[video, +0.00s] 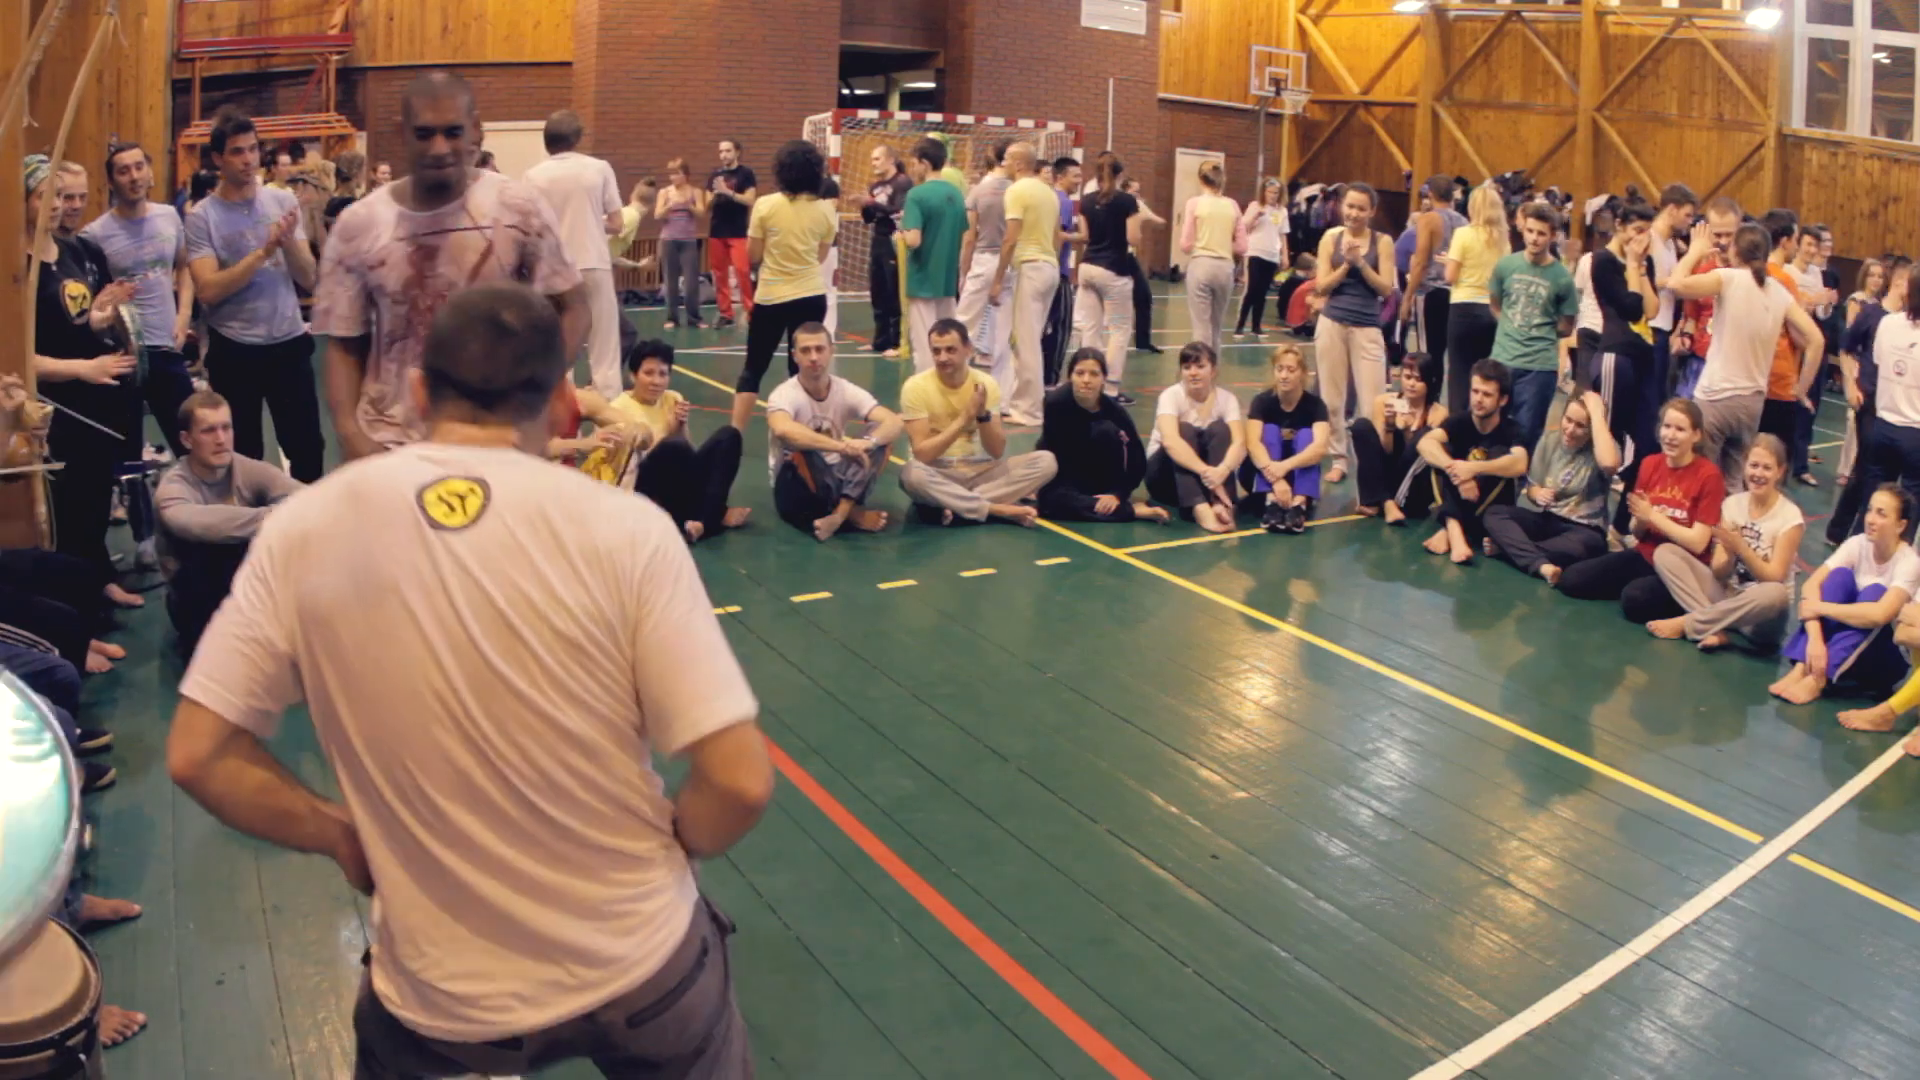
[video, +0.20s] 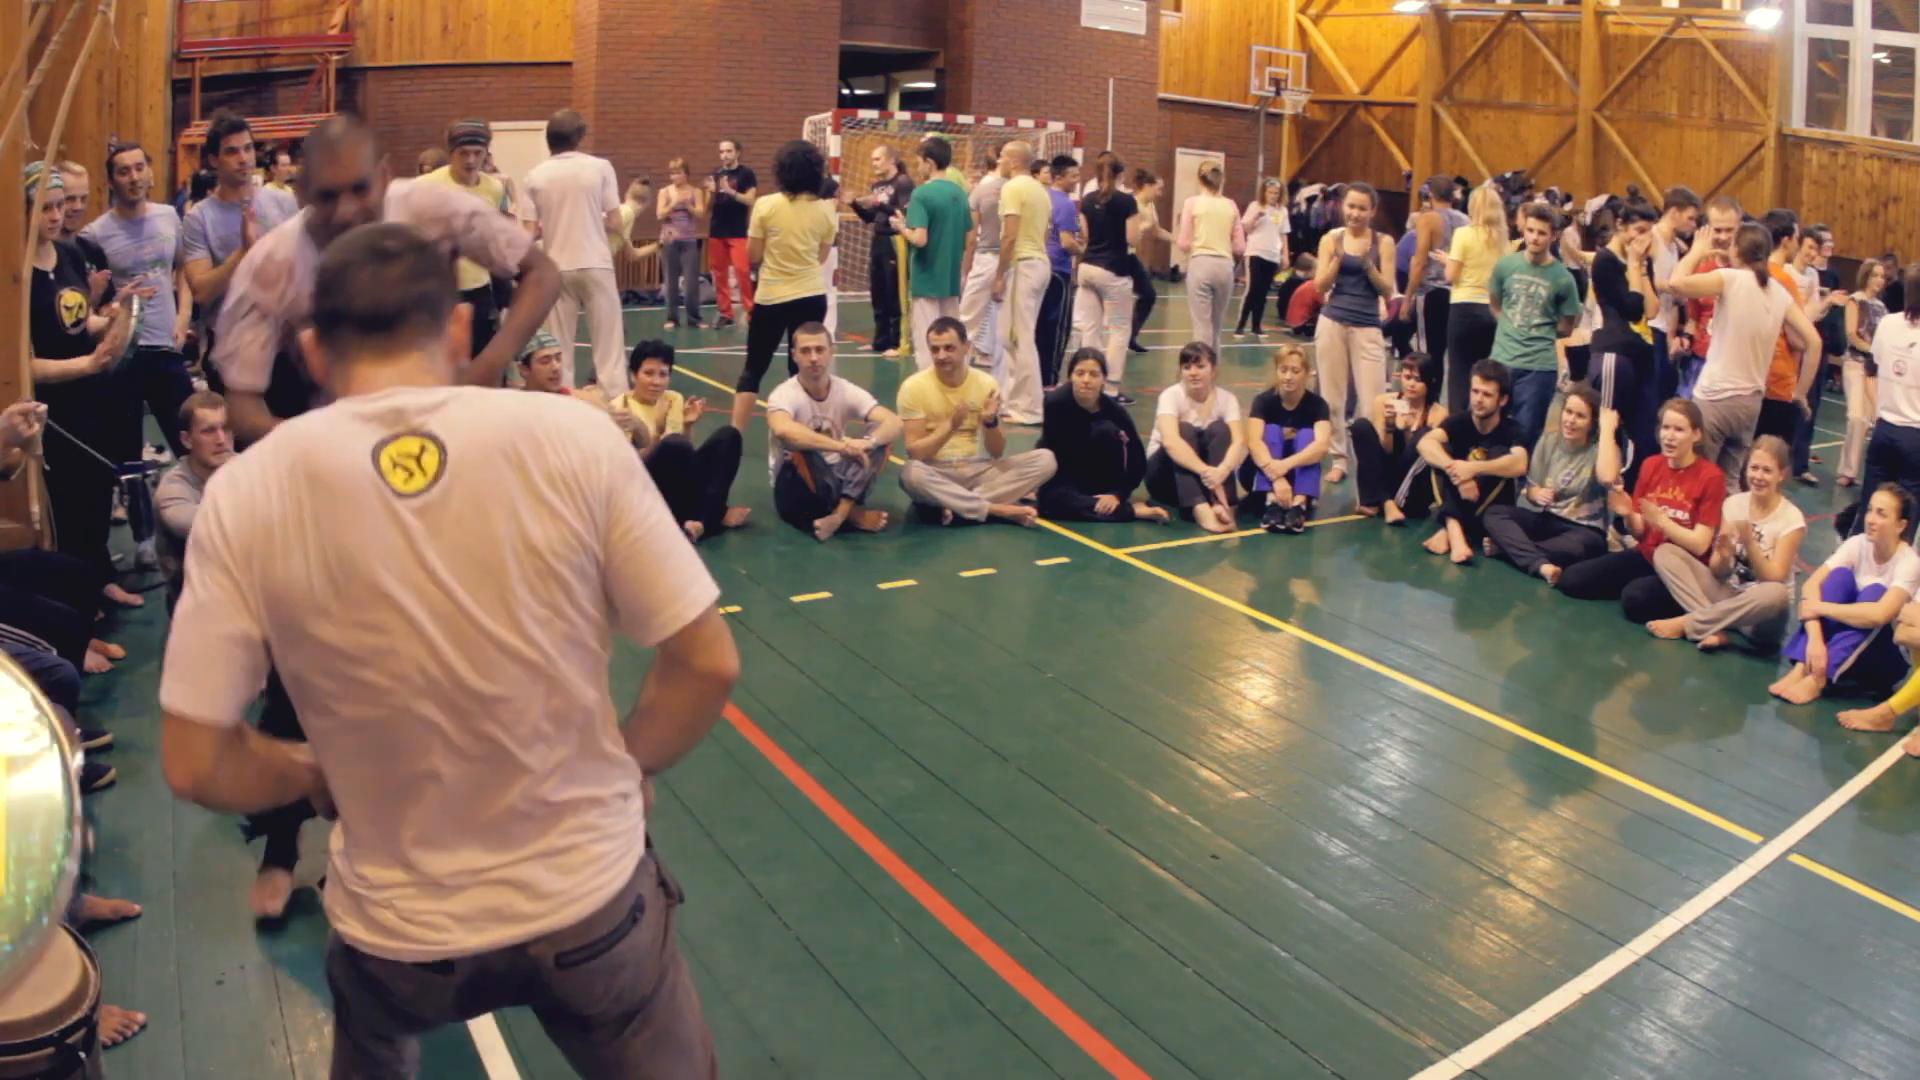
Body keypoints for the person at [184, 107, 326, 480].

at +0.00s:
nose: (248, 159)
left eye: (253, 150)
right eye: (237, 152)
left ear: (260, 152)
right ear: (217, 159)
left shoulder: (282, 200)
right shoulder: (202, 216)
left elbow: (308, 277)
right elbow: (207, 290)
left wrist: (289, 241)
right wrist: (264, 252)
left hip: (289, 343)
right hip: (234, 348)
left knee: (307, 451)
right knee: (247, 455)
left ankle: (312, 530)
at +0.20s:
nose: (243, 159)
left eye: (248, 149)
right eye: (232, 152)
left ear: (255, 152)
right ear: (214, 161)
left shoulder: (283, 202)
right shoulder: (198, 219)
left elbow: (305, 259)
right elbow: (201, 290)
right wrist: (244, 252)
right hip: (231, 336)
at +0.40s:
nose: (243, 157)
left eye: (247, 147)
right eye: (231, 150)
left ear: (254, 150)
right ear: (213, 159)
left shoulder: (283, 201)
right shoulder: (198, 217)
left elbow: (307, 279)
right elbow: (201, 291)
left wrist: (284, 242)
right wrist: (253, 253)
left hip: (282, 334)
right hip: (227, 340)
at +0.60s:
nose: (242, 157)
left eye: (247, 147)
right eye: (230, 150)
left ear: (254, 151)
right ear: (212, 160)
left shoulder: (284, 202)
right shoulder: (199, 218)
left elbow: (308, 280)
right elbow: (202, 294)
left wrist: (291, 246)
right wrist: (251, 251)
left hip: (287, 342)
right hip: (231, 348)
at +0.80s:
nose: (241, 157)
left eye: (246, 147)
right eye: (230, 150)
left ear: (254, 152)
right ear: (212, 161)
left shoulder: (283, 202)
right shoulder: (199, 218)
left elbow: (307, 282)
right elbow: (202, 288)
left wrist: (297, 249)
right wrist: (248, 251)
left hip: (286, 339)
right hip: (237, 346)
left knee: (306, 431)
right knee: (247, 439)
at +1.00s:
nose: (241, 158)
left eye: (245, 148)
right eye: (229, 151)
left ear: (253, 152)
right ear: (211, 161)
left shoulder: (280, 202)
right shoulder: (198, 218)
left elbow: (306, 280)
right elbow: (204, 291)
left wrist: (283, 241)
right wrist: (257, 254)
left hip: (285, 347)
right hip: (230, 352)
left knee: (304, 438)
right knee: (239, 444)